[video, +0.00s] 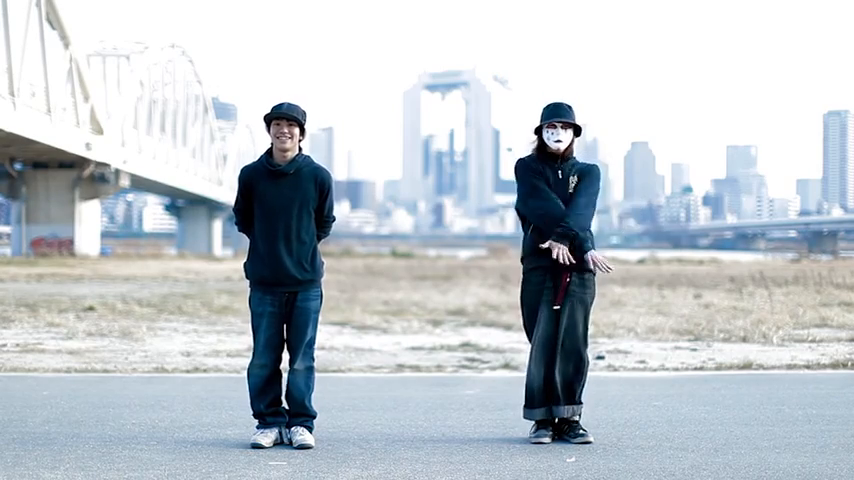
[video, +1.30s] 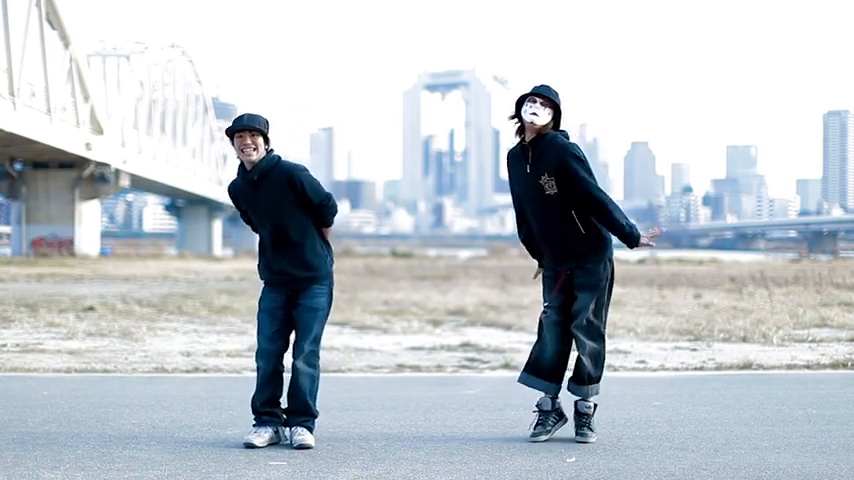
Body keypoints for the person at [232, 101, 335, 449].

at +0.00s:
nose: (284, 133)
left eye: (291, 128)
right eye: (278, 127)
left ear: (301, 134)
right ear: (269, 132)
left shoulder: (318, 177)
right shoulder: (250, 175)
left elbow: (324, 225)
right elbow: (243, 220)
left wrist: (299, 243)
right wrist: (269, 240)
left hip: (306, 279)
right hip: (264, 279)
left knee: (302, 355)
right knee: (264, 355)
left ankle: (300, 424)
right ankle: (268, 424)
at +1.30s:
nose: (247, 143)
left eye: (253, 136)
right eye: (240, 138)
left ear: (265, 141)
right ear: (233, 145)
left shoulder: (293, 174)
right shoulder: (237, 189)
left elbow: (327, 207)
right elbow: (257, 225)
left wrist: (318, 233)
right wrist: (300, 234)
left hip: (313, 278)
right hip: (275, 280)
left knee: (305, 353)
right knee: (267, 353)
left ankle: (301, 425)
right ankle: (267, 424)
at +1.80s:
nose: (277, 148)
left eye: (284, 142)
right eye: (271, 141)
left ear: (292, 146)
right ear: (261, 143)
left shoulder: (312, 182)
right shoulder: (244, 183)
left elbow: (322, 230)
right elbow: (229, 231)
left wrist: (298, 248)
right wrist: (256, 253)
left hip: (302, 288)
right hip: (259, 289)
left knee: (302, 359)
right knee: (258, 361)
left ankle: (301, 425)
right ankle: (266, 425)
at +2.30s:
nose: (326, 153)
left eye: (333, 150)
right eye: (321, 147)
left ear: (340, 160)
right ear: (309, 152)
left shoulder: (336, 201)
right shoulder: (279, 183)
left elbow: (310, 235)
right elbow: (242, 211)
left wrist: (278, 249)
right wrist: (251, 249)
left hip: (292, 283)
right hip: (253, 281)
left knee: (297, 351)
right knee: (259, 353)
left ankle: (299, 422)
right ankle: (266, 422)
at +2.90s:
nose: (281, 160)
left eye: (288, 154)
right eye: (276, 154)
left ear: (300, 159)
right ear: (269, 158)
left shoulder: (318, 197)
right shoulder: (257, 203)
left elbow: (335, 244)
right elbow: (250, 246)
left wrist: (312, 278)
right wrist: (265, 271)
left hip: (300, 294)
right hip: (259, 293)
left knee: (299, 364)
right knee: (255, 365)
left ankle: (301, 426)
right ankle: (266, 425)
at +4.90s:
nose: (270, 152)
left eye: (276, 146)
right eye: (264, 147)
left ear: (288, 151)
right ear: (256, 154)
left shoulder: (311, 188)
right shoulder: (250, 199)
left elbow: (329, 235)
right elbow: (249, 243)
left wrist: (310, 260)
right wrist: (271, 261)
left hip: (302, 291)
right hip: (261, 290)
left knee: (298, 362)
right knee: (253, 363)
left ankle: (302, 426)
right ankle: (266, 425)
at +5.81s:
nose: (287, 134)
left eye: (293, 129)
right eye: (281, 129)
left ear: (303, 134)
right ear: (272, 134)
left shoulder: (320, 171)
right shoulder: (255, 170)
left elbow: (336, 210)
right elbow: (236, 212)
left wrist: (327, 219)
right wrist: (232, 252)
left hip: (305, 280)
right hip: (263, 277)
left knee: (309, 355)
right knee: (253, 333)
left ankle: (302, 424)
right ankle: (266, 388)